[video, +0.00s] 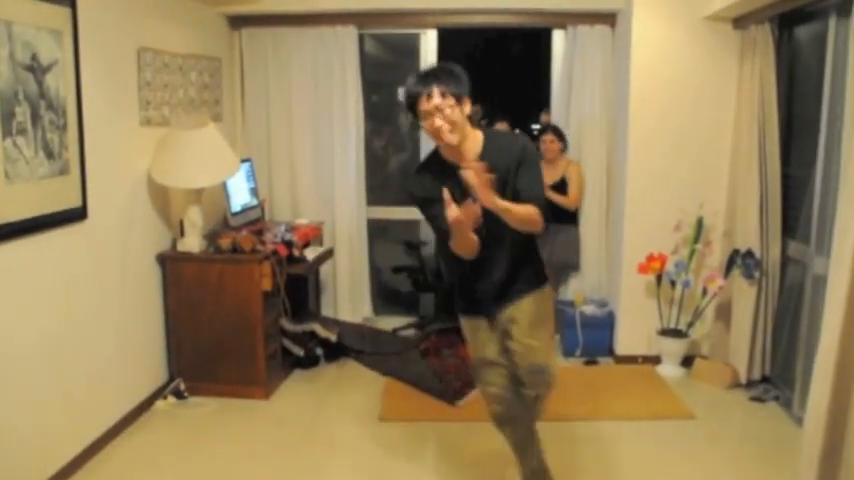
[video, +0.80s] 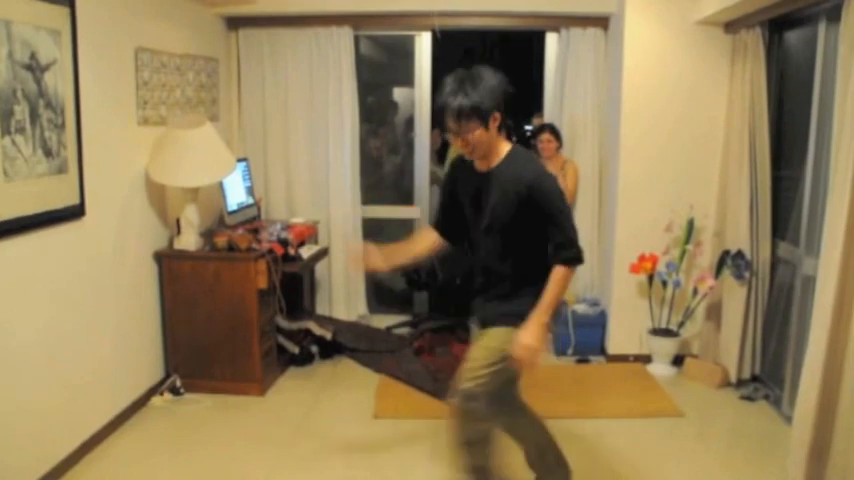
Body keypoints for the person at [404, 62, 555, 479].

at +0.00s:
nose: (437, 124)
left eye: (443, 110)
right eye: (426, 116)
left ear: (465, 105)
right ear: (418, 122)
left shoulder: (514, 148)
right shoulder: (427, 177)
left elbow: (536, 221)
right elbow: (464, 251)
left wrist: (490, 199)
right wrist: (462, 227)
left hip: (523, 285)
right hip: (473, 298)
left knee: (537, 376)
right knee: (500, 401)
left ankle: (516, 428)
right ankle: (535, 474)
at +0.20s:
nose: (462, 149)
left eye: (468, 136)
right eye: (452, 140)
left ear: (491, 131)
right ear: (443, 144)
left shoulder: (532, 182)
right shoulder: (436, 195)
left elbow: (543, 255)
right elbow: (428, 276)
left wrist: (503, 258)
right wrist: (475, 258)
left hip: (529, 318)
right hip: (475, 323)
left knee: (532, 414)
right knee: (516, 421)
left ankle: (466, 453)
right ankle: (547, 475)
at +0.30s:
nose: (476, 136)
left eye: (485, 124)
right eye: (468, 126)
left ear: (511, 122)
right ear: (460, 127)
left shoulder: (540, 181)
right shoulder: (450, 166)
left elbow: (526, 257)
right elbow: (400, 221)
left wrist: (463, 258)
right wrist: (417, 256)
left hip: (499, 298)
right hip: (449, 286)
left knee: (479, 396)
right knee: (456, 378)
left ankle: (444, 465)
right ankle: (463, 459)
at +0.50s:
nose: (453, 136)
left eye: (461, 124)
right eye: (447, 126)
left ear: (491, 117)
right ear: (442, 121)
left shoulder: (523, 179)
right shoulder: (449, 155)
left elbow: (530, 272)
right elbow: (425, 209)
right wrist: (381, 240)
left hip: (477, 315)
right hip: (431, 286)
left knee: (437, 401)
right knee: (380, 345)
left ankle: (406, 466)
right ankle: (446, 372)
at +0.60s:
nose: (452, 142)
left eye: (461, 131)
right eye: (447, 132)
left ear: (493, 128)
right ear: (442, 133)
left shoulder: (518, 193)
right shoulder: (452, 170)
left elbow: (539, 285)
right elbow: (429, 214)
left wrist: (527, 360)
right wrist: (378, 229)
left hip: (472, 324)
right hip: (426, 298)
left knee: (430, 407)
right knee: (383, 361)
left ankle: (395, 468)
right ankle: (474, 394)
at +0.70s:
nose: (460, 138)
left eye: (469, 127)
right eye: (454, 128)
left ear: (498, 124)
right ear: (449, 130)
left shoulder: (524, 187)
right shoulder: (459, 168)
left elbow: (555, 270)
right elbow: (426, 217)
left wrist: (551, 343)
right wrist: (369, 213)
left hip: (485, 323)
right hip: (443, 311)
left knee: (438, 406)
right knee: (444, 396)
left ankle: (397, 470)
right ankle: (528, 461)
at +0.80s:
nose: (457, 144)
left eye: (465, 134)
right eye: (452, 134)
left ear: (495, 123)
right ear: (447, 127)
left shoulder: (532, 175)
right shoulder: (461, 169)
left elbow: (567, 255)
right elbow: (442, 232)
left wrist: (536, 324)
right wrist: (385, 256)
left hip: (520, 316)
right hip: (484, 311)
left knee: (468, 401)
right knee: (505, 405)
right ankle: (555, 472)